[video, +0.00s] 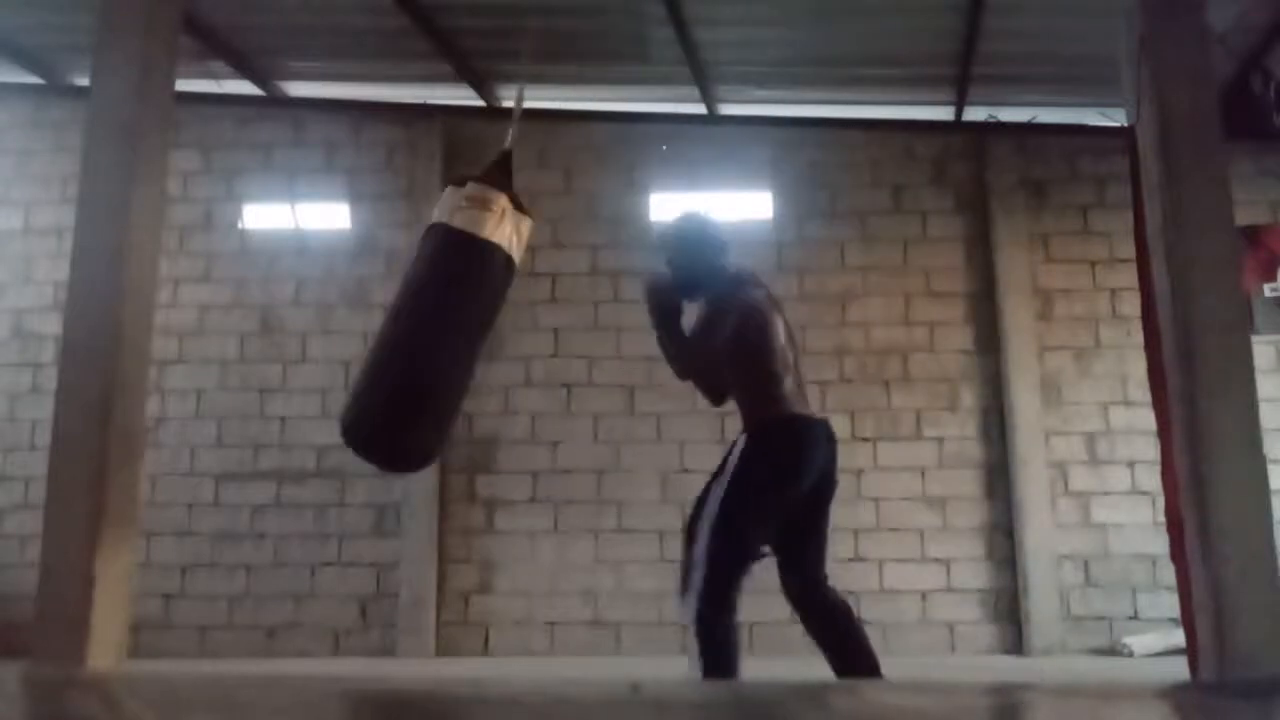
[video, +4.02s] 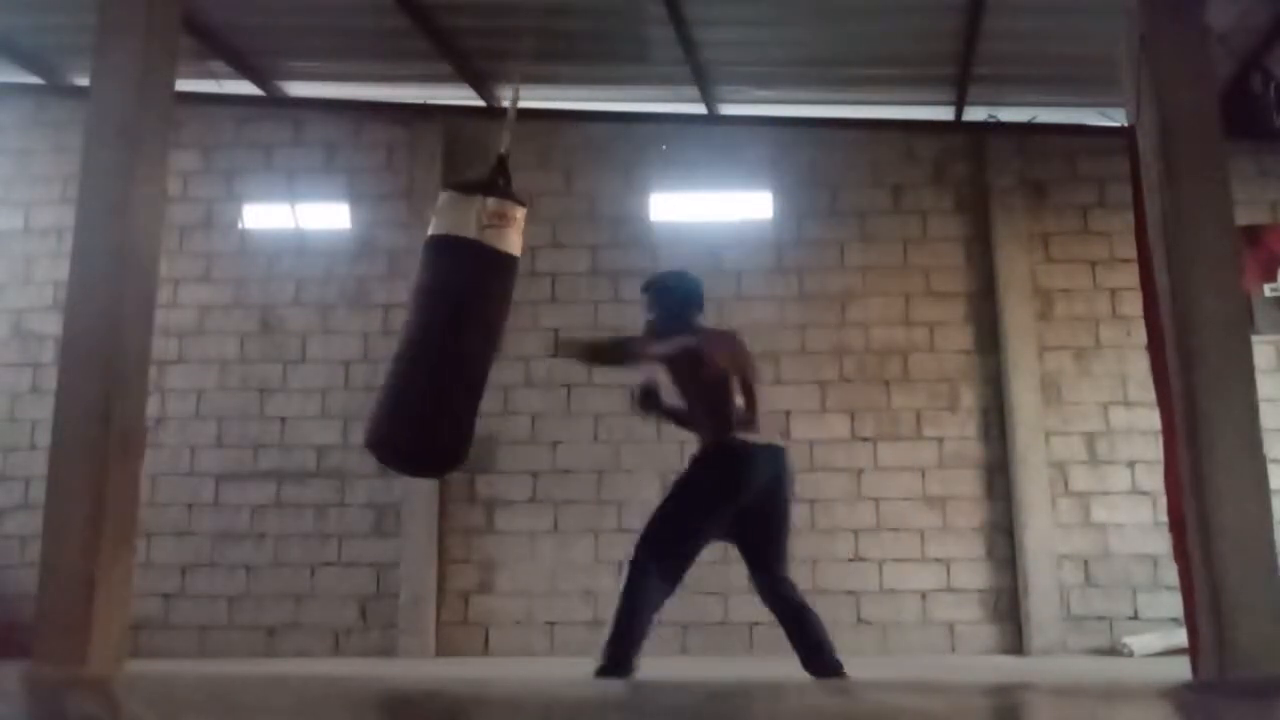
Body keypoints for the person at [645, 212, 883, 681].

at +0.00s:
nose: (671, 270)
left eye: (675, 259)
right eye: (670, 259)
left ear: (696, 257)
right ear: (717, 252)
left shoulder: (731, 298)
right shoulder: (754, 295)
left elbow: (687, 366)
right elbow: (716, 387)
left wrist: (664, 314)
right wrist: (675, 317)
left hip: (772, 444)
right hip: (812, 441)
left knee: (711, 565)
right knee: (805, 581)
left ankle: (720, 697)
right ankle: (872, 696)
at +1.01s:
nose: (569, 288)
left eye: (568, 277)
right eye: (565, 277)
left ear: (578, 274)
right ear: (613, 259)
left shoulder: (589, 326)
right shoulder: (670, 292)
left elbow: (532, 395)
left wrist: (474, 387)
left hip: (664, 444)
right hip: (722, 435)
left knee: (624, 586)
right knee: (768, 562)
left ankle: (607, 703)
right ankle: (842, 675)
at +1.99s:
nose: (774, 311)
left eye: (775, 298)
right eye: (771, 301)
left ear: (797, 290)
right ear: (815, 288)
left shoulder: (832, 320)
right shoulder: (860, 327)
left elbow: (815, 393)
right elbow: (876, 396)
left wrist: (775, 355)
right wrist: (795, 358)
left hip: (857, 462)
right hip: (886, 459)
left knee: (840, 576)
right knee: (878, 579)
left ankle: (898, 684)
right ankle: (909, 685)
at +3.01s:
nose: (765, 318)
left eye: (771, 307)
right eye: (762, 308)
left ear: (795, 306)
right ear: (776, 309)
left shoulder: (831, 341)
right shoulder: (787, 361)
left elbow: (845, 390)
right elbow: (781, 426)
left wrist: (791, 368)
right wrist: (759, 386)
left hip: (863, 469)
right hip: (854, 472)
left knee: (817, 572)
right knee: (878, 584)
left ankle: (808, 685)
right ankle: (955, 674)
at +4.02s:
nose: (647, 318)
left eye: (653, 308)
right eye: (647, 308)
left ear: (671, 308)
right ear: (694, 309)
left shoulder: (683, 341)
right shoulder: (731, 344)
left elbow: (630, 351)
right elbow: (720, 424)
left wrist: (572, 350)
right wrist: (660, 408)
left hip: (725, 462)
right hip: (769, 462)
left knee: (655, 560)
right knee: (773, 579)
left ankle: (615, 671)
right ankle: (832, 675)